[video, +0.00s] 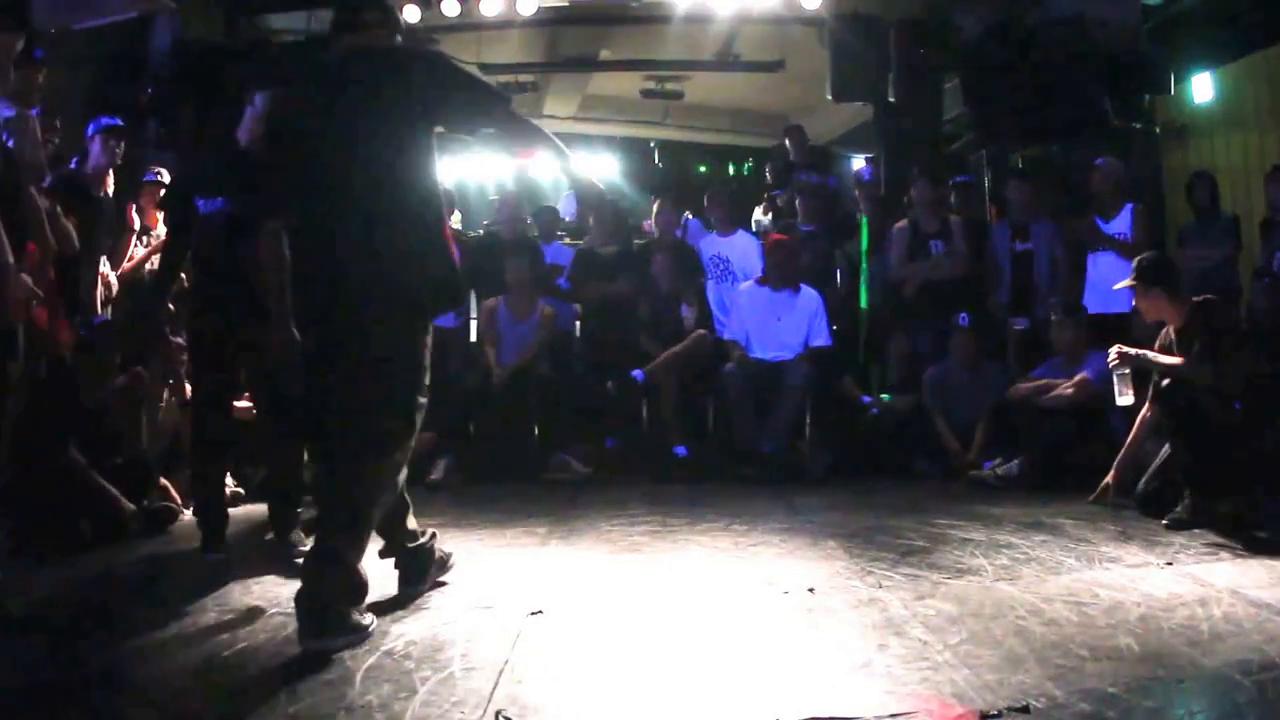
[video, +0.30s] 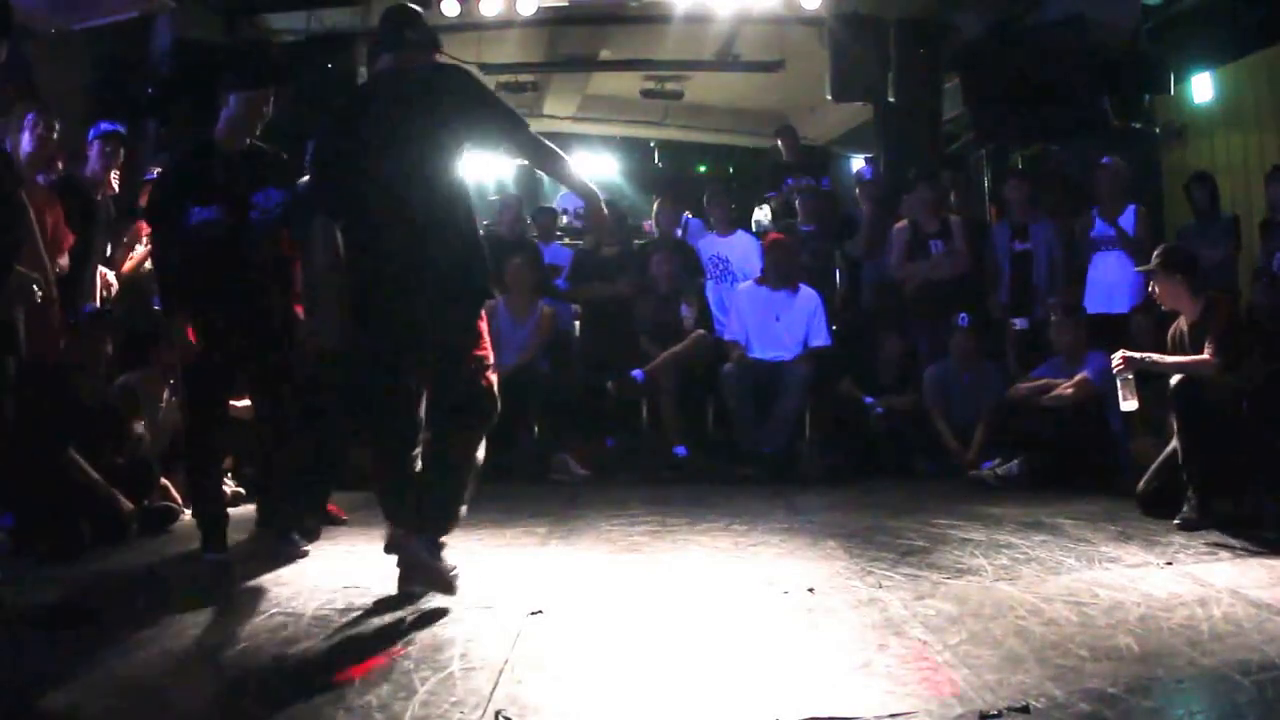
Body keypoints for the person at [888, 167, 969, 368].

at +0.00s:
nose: (922, 195)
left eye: (927, 189)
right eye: (917, 189)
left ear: (937, 193)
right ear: (911, 194)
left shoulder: (954, 224)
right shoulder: (902, 230)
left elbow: (961, 264)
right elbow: (896, 271)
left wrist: (920, 277)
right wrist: (937, 264)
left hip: (950, 299)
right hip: (916, 302)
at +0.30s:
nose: (925, 201)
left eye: (929, 195)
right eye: (920, 195)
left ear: (937, 197)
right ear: (911, 200)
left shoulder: (953, 224)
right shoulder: (902, 230)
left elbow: (962, 263)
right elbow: (897, 269)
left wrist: (923, 275)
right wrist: (935, 265)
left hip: (952, 298)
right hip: (918, 301)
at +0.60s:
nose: (924, 202)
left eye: (927, 196)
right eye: (919, 197)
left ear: (936, 198)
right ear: (910, 201)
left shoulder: (954, 224)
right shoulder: (902, 230)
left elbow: (961, 263)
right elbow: (896, 269)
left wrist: (923, 274)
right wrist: (936, 265)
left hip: (952, 296)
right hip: (919, 300)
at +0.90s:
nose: (925, 201)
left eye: (929, 195)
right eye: (920, 196)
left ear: (937, 197)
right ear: (911, 199)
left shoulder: (954, 224)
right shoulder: (902, 230)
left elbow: (961, 263)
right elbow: (898, 269)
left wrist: (922, 274)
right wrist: (936, 265)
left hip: (953, 298)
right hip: (919, 302)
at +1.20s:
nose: (929, 200)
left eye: (933, 195)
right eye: (923, 194)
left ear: (940, 196)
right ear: (914, 197)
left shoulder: (955, 225)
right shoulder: (903, 229)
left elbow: (962, 263)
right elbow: (898, 269)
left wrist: (922, 275)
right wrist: (939, 264)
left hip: (951, 299)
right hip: (918, 303)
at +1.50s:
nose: (929, 201)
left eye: (932, 195)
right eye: (923, 195)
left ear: (939, 197)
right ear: (914, 198)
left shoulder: (955, 225)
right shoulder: (903, 229)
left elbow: (961, 264)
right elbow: (898, 267)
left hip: (950, 295)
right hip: (917, 298)